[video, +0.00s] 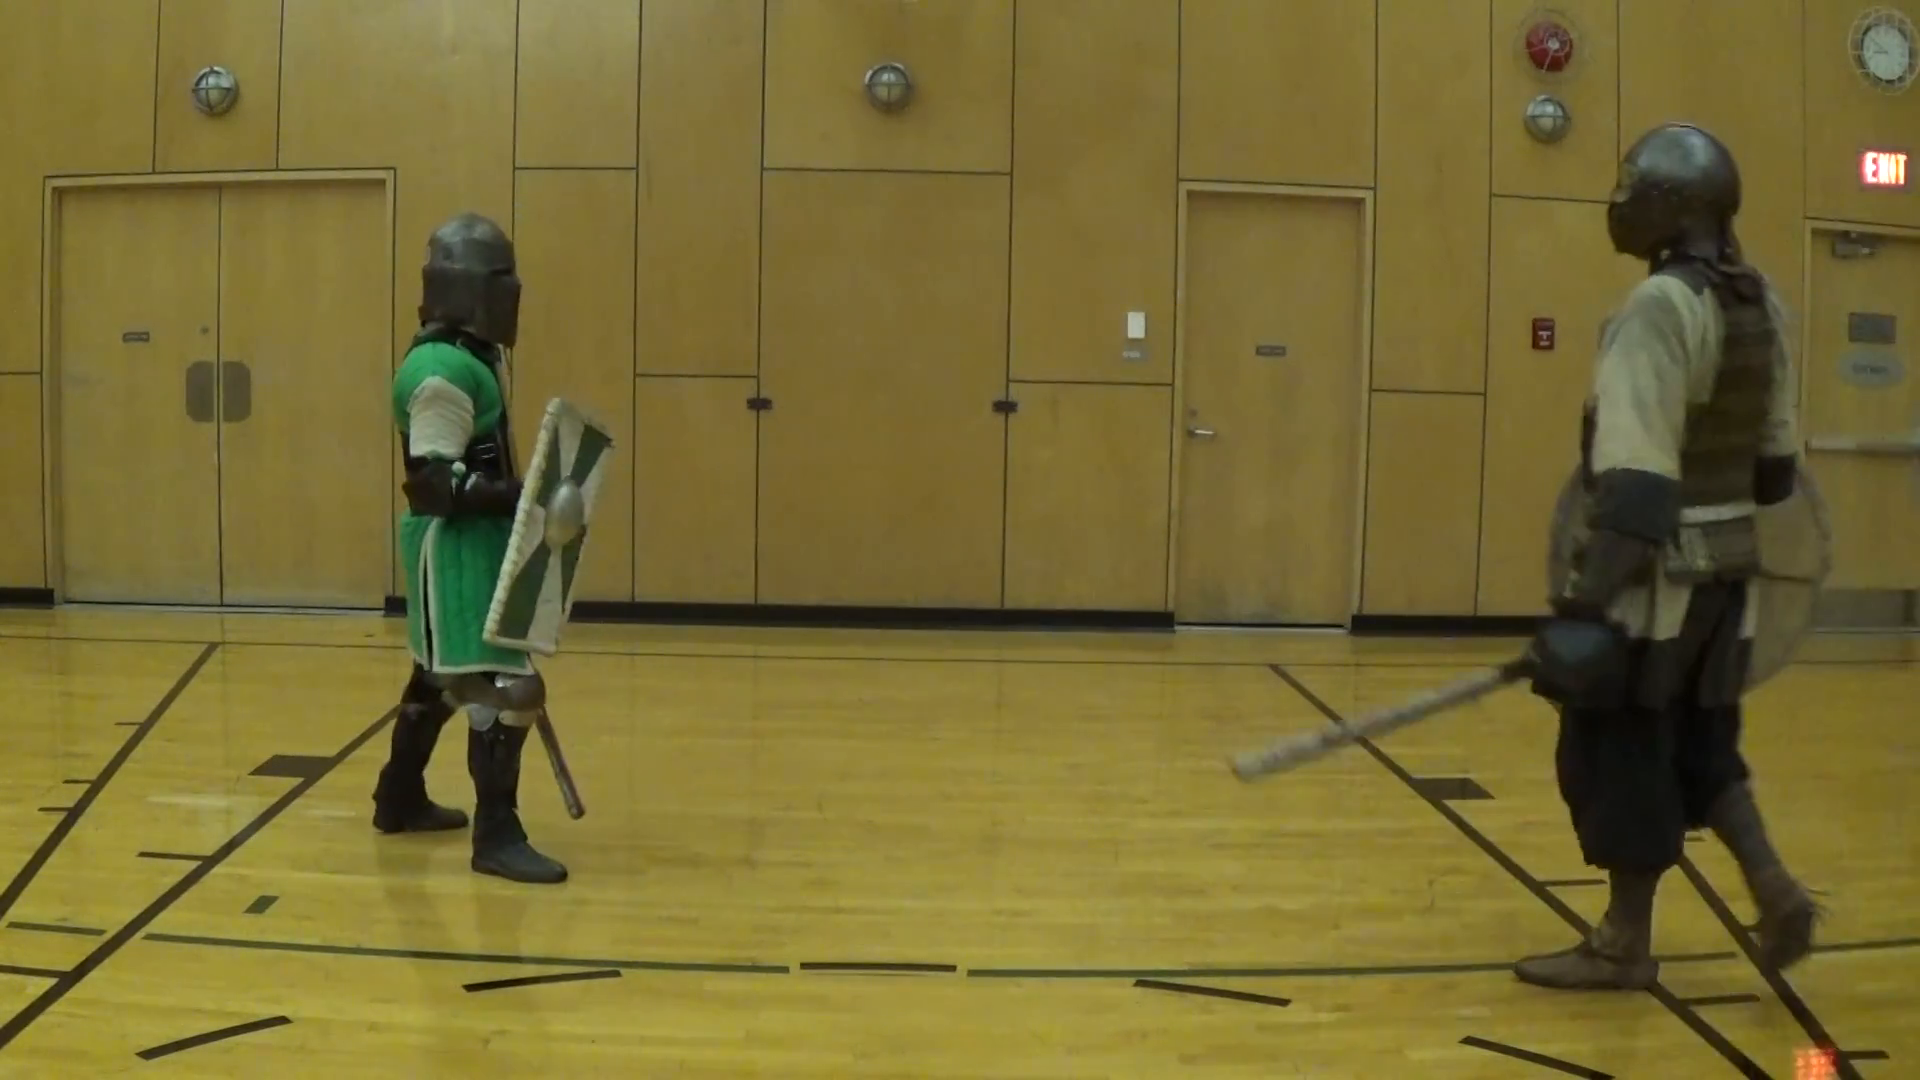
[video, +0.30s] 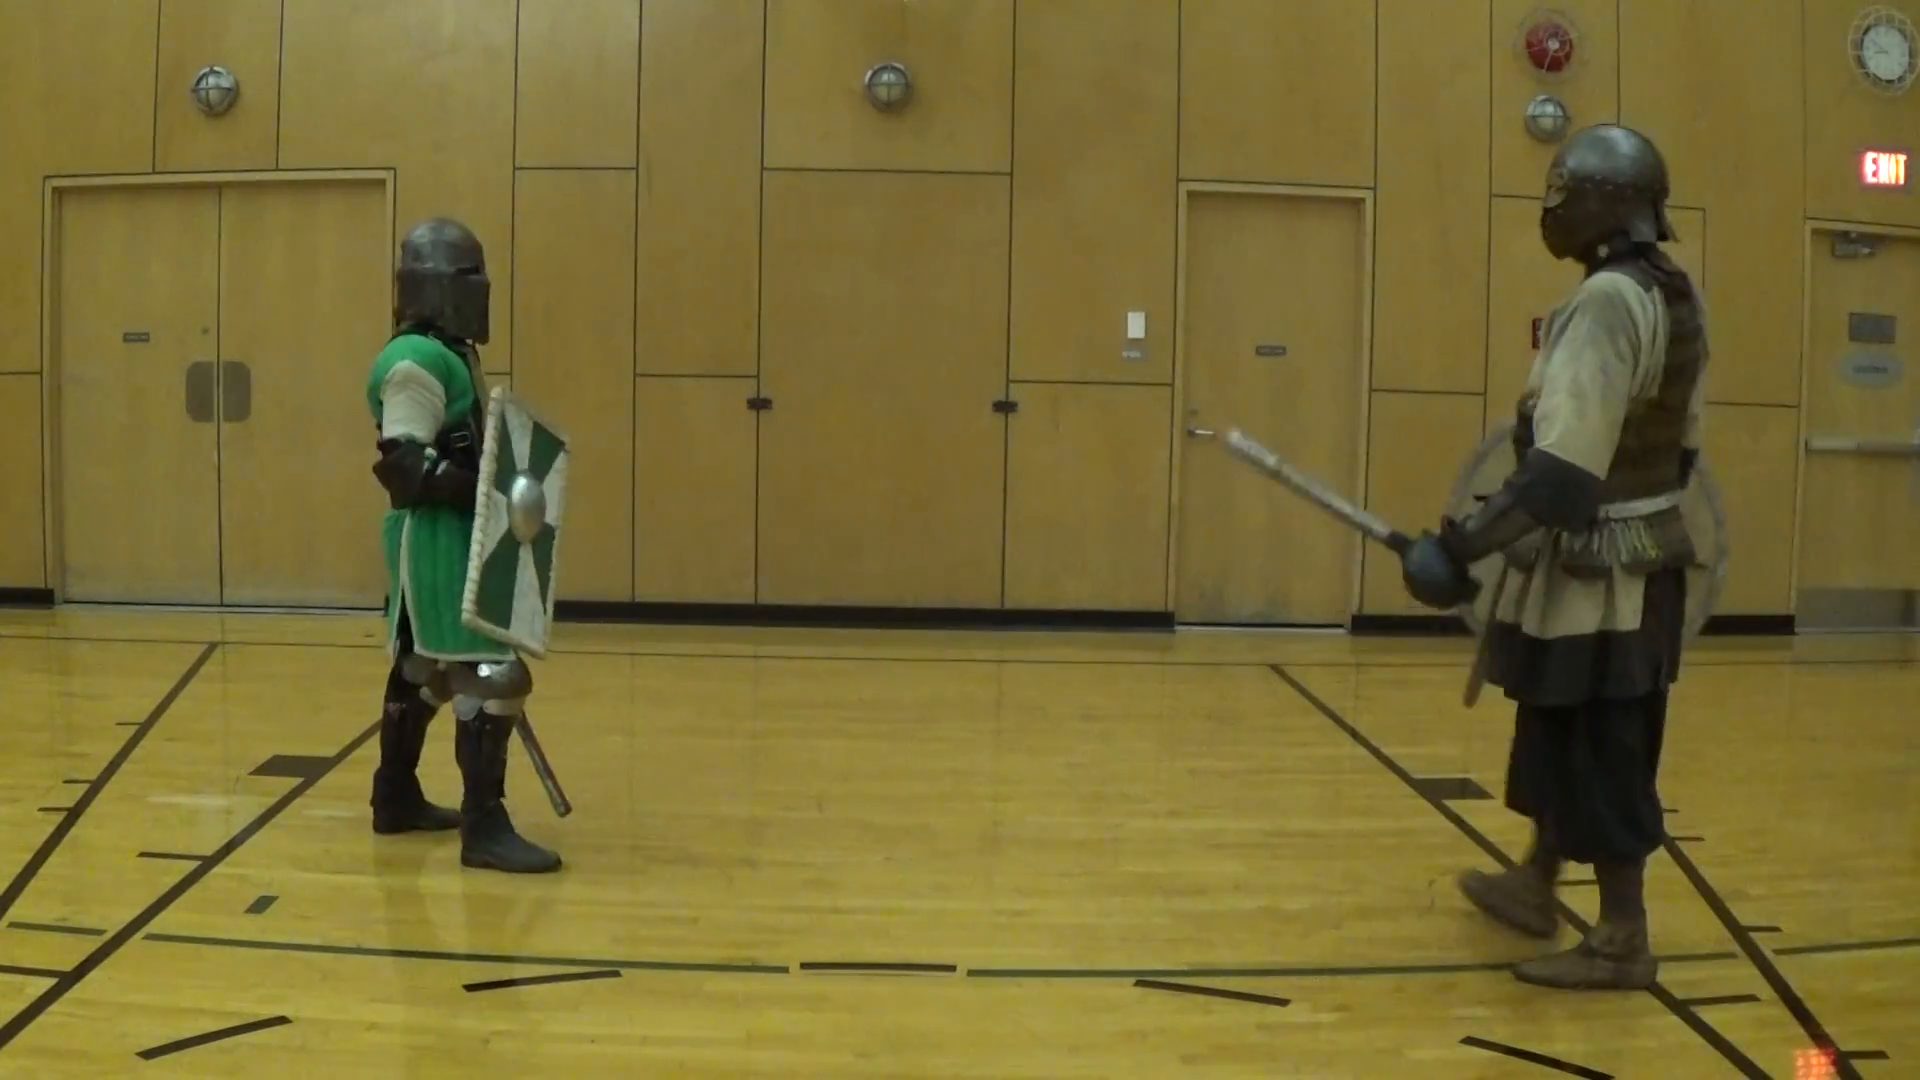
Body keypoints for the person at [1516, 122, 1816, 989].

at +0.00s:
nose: (1615, 205)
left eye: (1629, 190)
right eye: (1621, 188)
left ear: (1667, 203)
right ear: (1711, 206)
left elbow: (1640, 485)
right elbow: (1774, 472)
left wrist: (1584, 609)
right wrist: (1670, 483)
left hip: (1652, 588)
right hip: (1724, 580)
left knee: (1624, 751)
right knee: (1700, 738)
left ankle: (1624, 940)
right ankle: (1777, 893)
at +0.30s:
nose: (1546, 208)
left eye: (1562, 192)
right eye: (1551, 189)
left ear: (1612, 206)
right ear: (1630, 207)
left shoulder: (1610, 300)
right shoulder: (1661, 288)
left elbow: (1567, 469)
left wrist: (1464, 548)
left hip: (1598, 556)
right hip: (1636, 549)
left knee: (1601, 734)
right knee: (1565, 717)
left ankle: (1622, 938)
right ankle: (1535, 883)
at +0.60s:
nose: (1471, 213)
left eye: (1487, 200)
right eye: (1475, 198)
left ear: (1539, 217)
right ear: (1536, 217)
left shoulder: (1555, 302)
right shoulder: (1536, 297)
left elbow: (1581, 452)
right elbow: (1538, 441)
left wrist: (1474, 526)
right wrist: (1461, 505)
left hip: (1536, 573)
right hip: (1498, 567)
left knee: (1564, 745)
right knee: (1460, 724)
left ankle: (1617, 932)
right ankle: (1413, 880)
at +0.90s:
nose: (1408, 213)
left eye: (1424, 199)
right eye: (1412, 198)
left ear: (1473, 212)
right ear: (1467, 214)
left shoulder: (1498, 291)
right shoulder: (1465, 294)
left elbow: (1533, 428)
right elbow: (1450, 423)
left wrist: (1419, 475)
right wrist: (1380, 481)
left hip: (1455, 552)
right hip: (1433, 545)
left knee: (1425, 722)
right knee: (1428, 716)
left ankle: (1553, 877)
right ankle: (1407, 880)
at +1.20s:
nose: (1355, 207)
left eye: (1371, 194)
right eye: (1358, 192)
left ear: (1422, 208)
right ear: (1414, 209)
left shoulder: (1443, 282)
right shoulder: (1415, 288)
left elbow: (1473, 385)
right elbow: (1398, 414)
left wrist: (1359, 343)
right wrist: (1319, 443)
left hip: (1394, 527)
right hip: (1410, 525)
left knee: (1325, 695)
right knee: (1418, 700)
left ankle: (1339, 882)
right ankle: (1407, 880)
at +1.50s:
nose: (1307, 205)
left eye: (1324, 191)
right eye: (1311, 190)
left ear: (1374, 205)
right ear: (1372, 208)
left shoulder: (1379, 285)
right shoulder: (1367, 282)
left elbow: (1384, 401)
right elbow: (1345, 390)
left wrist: (1297, 324)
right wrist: (1274, 415)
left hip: (1332, 531)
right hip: (1365, 529)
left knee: (1280, 695)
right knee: (1375, 700)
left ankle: (1278, 870)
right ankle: (1399, 871)